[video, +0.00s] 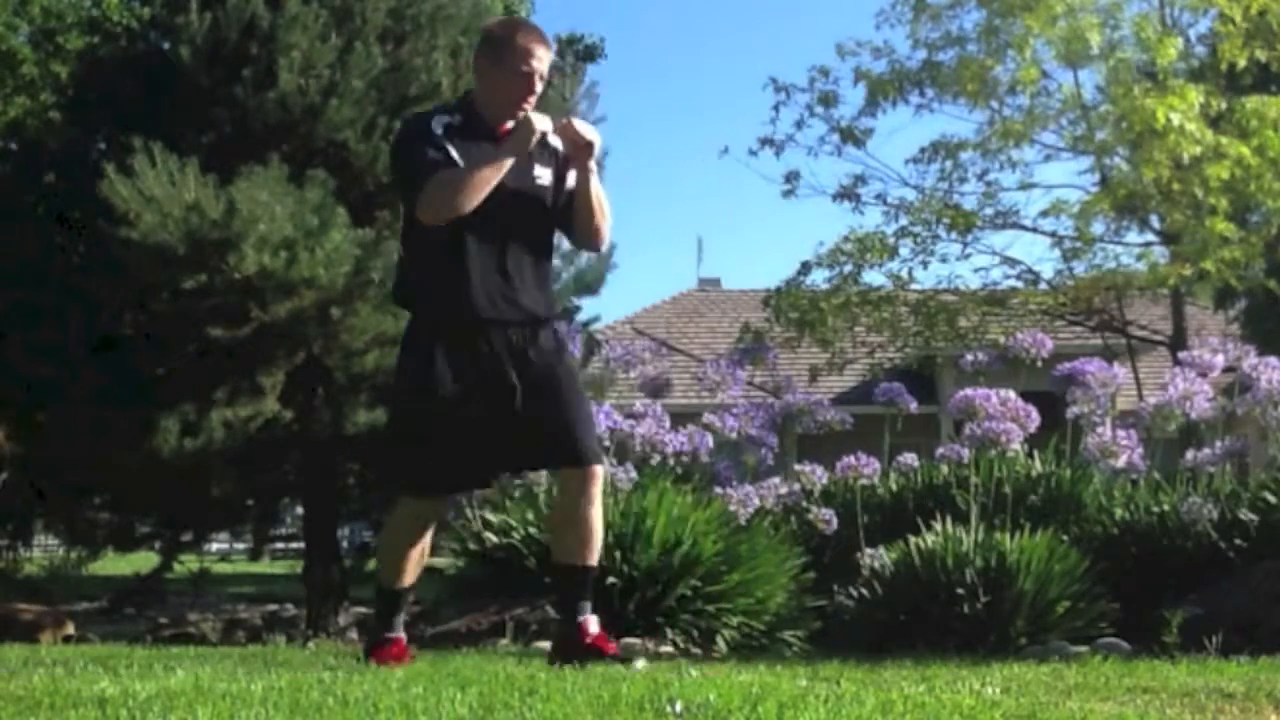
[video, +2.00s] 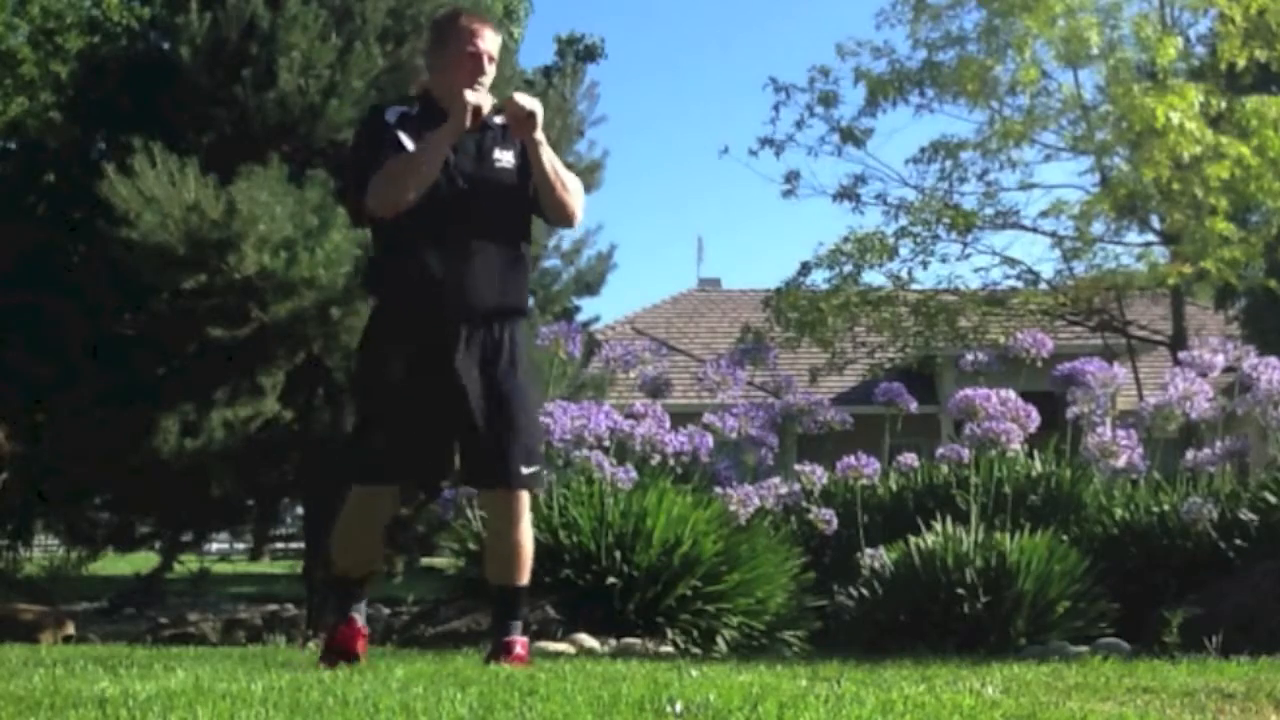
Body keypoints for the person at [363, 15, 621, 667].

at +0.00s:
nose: (532, 87)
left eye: (542, 77)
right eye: (522, 72)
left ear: (548, 83)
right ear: (480, 66)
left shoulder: (551, 149)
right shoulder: (428, 131)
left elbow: (593, 236)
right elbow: (436, 207)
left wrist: (583, 166)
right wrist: (512, 152)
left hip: (536, 337)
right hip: (446, 338)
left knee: (583, 468)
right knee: (422, 495)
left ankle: (578, 628)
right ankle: (387, 631)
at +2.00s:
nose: (482, 68)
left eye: (489, 60)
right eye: (469, 56)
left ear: (499, 70)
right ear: (432, 61)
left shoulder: (513, 139)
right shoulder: (394, 127)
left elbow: (569, 212)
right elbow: (382, 201)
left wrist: (535, 139)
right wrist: (455, 127)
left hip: (496, 334)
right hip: (409, 331)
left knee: (509, 485)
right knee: (379, 483)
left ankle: (509, 634)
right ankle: (346, 618)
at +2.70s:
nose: (475, 90)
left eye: (484, 82)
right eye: (463, 78)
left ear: (491, 91)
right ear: (425, 80)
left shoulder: (510, 156)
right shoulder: (385, 148)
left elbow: (565, 234)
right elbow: (372, 211)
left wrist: (533, 167)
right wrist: (447, 143)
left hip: (506, 347)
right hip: (417, 351)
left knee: (579, 462)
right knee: (380, 507)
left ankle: (548, 607)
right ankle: (351, 641)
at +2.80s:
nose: (501, 86)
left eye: (510, 78)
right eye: (488, 74)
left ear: (520, 86)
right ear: (451, 76)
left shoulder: (535, 148)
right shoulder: (412, 143)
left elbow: (593, 227)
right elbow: (404, 203)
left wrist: (564, 157)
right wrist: (476, 136)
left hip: (531, 348)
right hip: (439, 353)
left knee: (609, 458)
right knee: (394, 504)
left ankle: (622, 618)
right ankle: (355, 631)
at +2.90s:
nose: (536, 110)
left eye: (543, 101)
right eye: (521, 98)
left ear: (550, 110)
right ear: (481, 101)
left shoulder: (568, 177)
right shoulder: (440, 164)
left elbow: (634, 240)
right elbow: (453, 212)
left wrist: (604, 164)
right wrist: (525, 147)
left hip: (553, 375)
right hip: (459, 376)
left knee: (626, 490)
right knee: (404, 518)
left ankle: (708, 618)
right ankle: (360, 637)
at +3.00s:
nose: (578, 128)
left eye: (584, 118)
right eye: (562, 115)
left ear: (595, 130)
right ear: (521, 126)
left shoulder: (611, 207)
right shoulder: (498, 191)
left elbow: (684, 237)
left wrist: (651, 163)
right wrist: (603, 141)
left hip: (593, 402)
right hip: (501, 398)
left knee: (677, 512)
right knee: (421, 531)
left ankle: (725, 646)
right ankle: (364, 640)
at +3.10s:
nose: (628, 112)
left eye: (631, 104)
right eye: (613, 101)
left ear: (634, 116)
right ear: (570, 114)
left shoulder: (635, 180)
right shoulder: (573, 178)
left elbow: (706, 215)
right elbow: (666, 175)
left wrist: (683, 140)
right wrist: (668, 107)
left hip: (658, 385)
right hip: (582, 388)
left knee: (746, 495)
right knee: (499, 533)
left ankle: (750, 642)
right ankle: (388, 623)